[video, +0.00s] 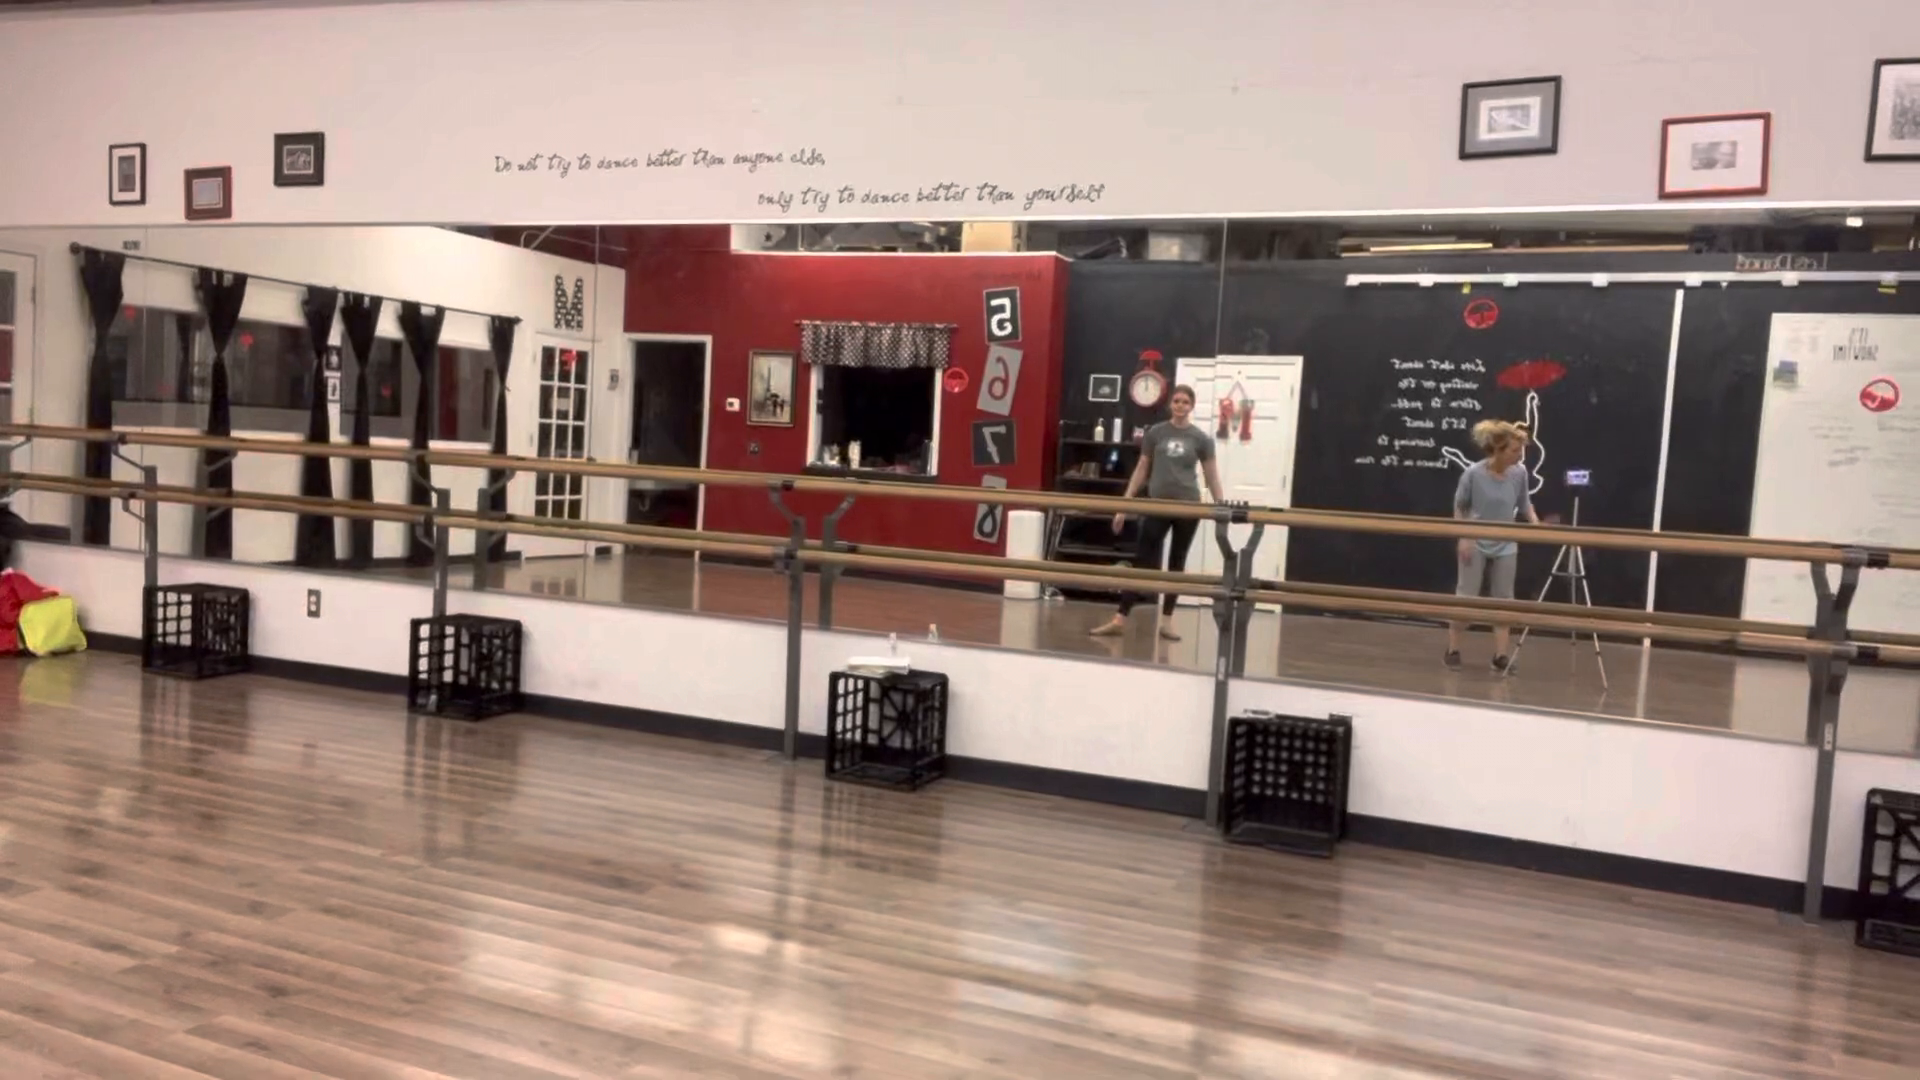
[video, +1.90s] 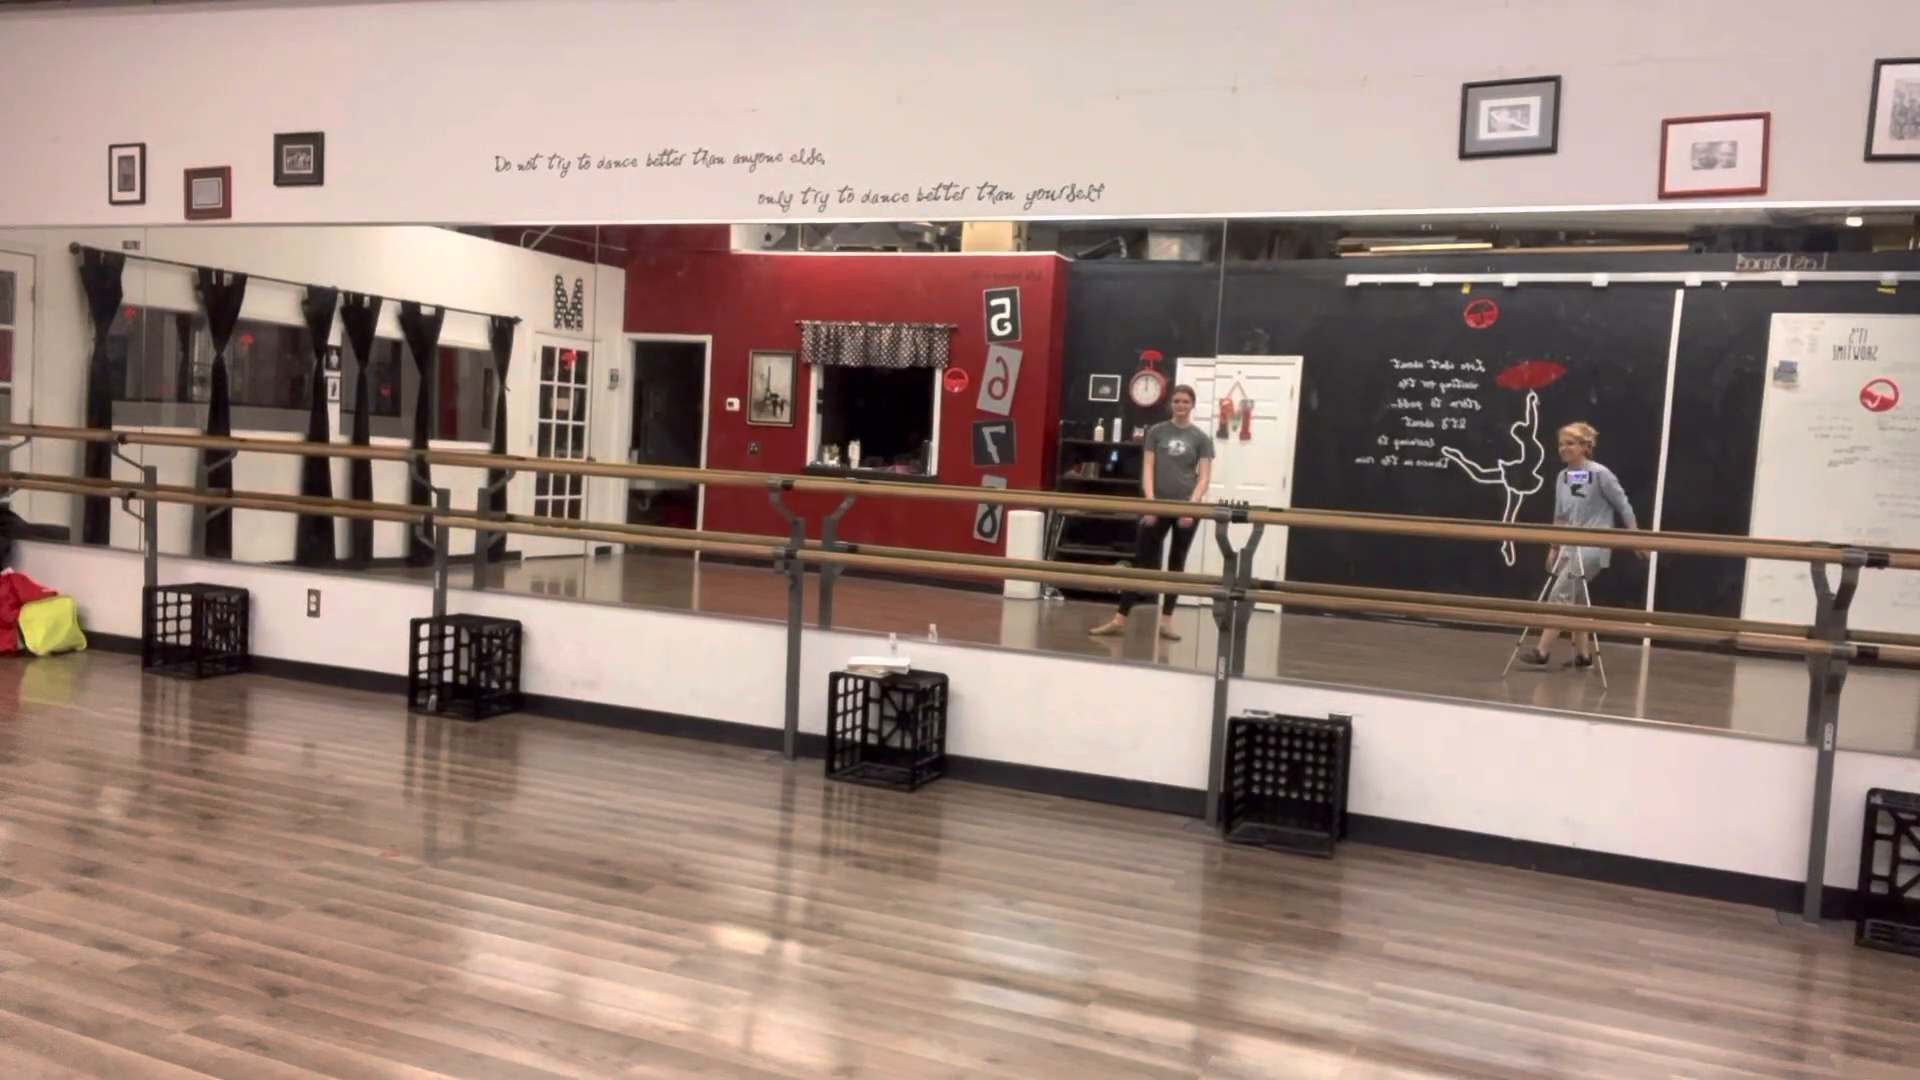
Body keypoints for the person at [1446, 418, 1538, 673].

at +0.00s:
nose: (1520, 454)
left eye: (1521, 449)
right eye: (1515, 449)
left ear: (1519, 450)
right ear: (1498, 449)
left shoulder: (1519, 473)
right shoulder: (1473, 473)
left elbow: (1525, 502)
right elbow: (1459, 507)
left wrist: (1535, 522)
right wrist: (1463, 537)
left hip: (1506, 543)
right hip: (1475, 542)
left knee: (1504, 599)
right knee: (1466, 596)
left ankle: (1501, 654)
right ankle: (1453, 648)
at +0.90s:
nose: (1542, 449)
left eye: (1548, 446)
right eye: (1538, 443)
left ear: (1553, 451)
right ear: (1527, 444)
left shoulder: (1554, 477)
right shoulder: (1506, 471)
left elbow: (1558, 515)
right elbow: (1490, 505)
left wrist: (1559, 546)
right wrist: (1485, 535)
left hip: (1537, 547)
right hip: (1502, 544)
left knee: (1538, 604)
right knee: (1481, 597)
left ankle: (1535, 655)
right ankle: (1457, 648)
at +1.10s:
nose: (1559, 449)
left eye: (1566, 446)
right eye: (1556, 442)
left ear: (1572, 452)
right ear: (1547, 442)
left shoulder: (1573, 478)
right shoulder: (1523, 468)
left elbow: (1579, 516)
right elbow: (1510, 503)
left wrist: (1580, 547)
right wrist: (1503, 532)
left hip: (1552, 548)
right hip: (1517, 542)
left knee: (1544, 604)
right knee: (1499, 596)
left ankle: (1535, 655)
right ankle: (1480, 648)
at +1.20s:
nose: (1564, 446)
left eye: (1571, 443)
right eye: (1561, 439)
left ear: (1578, 450)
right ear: (1552, 441)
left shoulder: (1579, 477)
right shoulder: (1528, 466)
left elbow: (1585, 517)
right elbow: (1514, 500)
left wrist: (1585, 547)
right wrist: (1506, 530)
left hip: (1557, 549)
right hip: (1522, 543)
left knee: (1546, 603)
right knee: (1508, 597)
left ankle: (1536, 654)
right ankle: (1504, 646)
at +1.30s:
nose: (1563, 442)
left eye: (1570, 439)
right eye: (1561, 436)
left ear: (1579, 448)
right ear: (1554, 439)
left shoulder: (1581, 476)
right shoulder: (1534, 465)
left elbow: (1588, 516)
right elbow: (1519, 502)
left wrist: (1588, 548)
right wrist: (1509, 533)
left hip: (1560, 547)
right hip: (1526, 542)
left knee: (1547, 602)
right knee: (1518, 597)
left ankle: (1537, 653)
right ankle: (1527, 639)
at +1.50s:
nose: (1561, 440)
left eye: (1569, 437)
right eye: (1560, 435)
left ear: (1580, 445)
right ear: (1555, 439)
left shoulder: (1586, 475)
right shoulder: (1541, 469)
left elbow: (1595, 514)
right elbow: (1530, 504)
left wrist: (1595, 547)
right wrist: (1522, 531)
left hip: (1567, 549)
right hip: (1538, 546)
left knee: (1548, 602)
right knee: (1541, 603)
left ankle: (1535, 654)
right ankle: (1568, 642)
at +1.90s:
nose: (1564, 448)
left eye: (1570, 443)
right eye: (1562, 443)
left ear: (1585, 446)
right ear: (1559, 447)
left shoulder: (1600, 474)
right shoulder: (1562, 477)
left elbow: (1623, 506)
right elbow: (1560, 517)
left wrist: (1636, 539)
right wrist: (1554, 548)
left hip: (1593, 547)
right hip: (1569, 545)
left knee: (1559, 594)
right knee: (1574, 600)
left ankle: (1542, 649)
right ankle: (1583, 653)